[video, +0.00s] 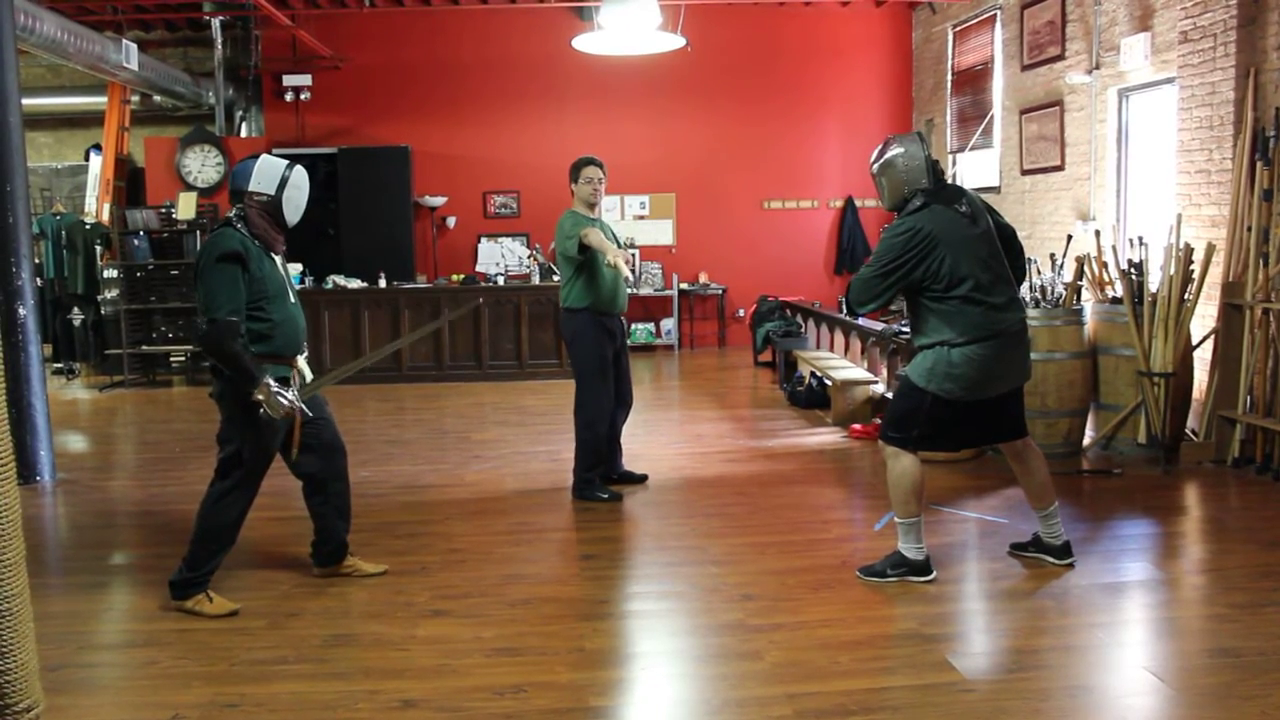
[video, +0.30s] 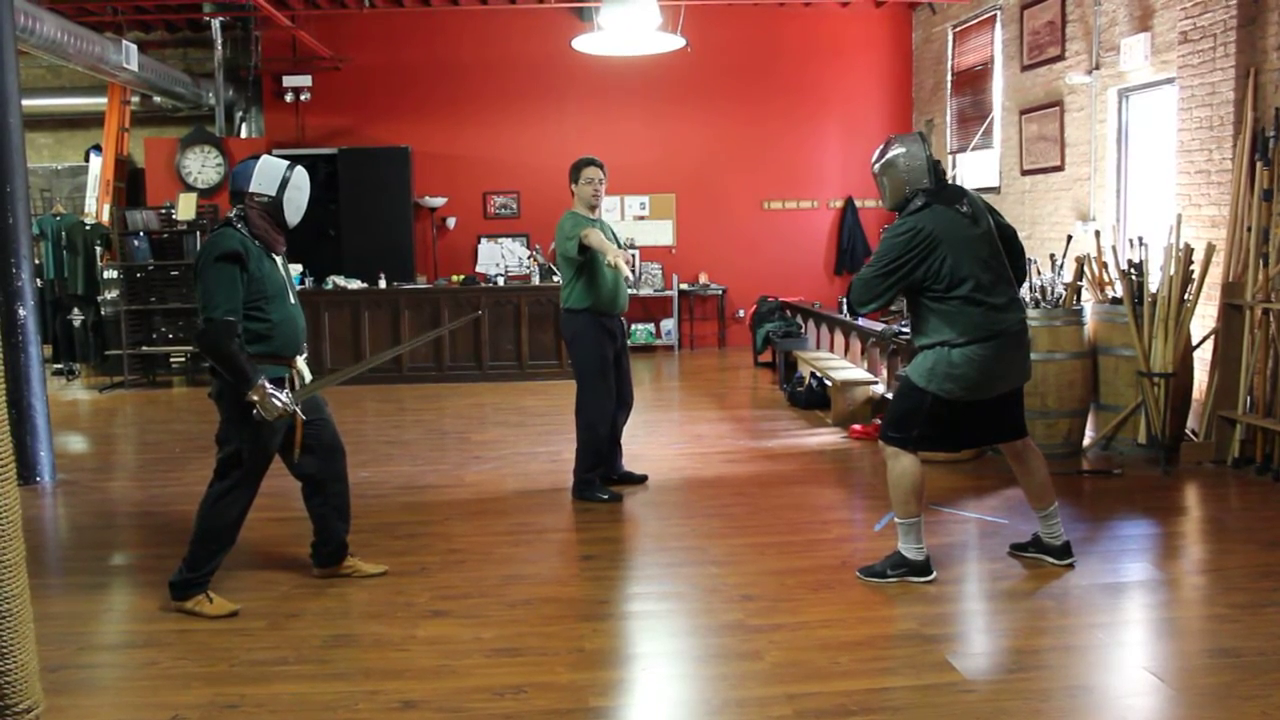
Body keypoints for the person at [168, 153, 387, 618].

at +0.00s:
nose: (294, 209)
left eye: (294, 199)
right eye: (290, 198)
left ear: (258, 193)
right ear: (267, 194)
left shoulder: (262, 242)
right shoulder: (229, 246)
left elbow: (272, 310)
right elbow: (219, 333)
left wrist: (294, 357)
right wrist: (259, 386)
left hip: (287, 376)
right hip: (252, 381)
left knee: (327, 457)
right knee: (236, 482)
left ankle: (332, 555)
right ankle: (190, 586)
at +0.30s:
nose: (295, 209)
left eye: (295, 200)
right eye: (291, 199)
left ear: (259, 194)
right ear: (269, 195)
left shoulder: (264, 243)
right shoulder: (229, 246)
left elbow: (272, 310)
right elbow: (216, 331)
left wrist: (293, 357)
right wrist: (254, 388)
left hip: (287, 375)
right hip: (252, 380)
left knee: (326, 459)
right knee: (235, 483)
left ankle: (332, 555)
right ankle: (189, 587)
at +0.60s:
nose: (296, 209)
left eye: (296, 200)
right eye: (292, 199)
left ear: (260, 194)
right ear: (270, 195)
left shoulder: (264, 243)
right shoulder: (229, 246)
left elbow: (271, 309)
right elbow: (217, 331)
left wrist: (293, 356)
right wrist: (255, 388)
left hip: (285, 377)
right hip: (251, 381)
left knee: (326, 459)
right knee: (235, 483)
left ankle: (332, 555)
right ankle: (189, 588)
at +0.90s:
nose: (296, 210)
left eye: (296, 201)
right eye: (292, 200)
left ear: (260, 195)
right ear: (270, 196)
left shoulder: (263, 244)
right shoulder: (230, 247)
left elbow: (271, 311)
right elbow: (218, 333)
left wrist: (293, 358)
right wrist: (255, 389)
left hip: (286, 378)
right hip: (252, 381)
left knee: (326, 461)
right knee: (235, 484)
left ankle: (332, 556)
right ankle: (189, 588)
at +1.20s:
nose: (295, 210)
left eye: (295, 201)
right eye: (291, 200)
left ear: (259, 195)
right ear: (269, 196)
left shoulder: (263, 244)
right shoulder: (231, 246)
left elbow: (270, 311)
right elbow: (218, 332)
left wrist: (293, 359)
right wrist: (256, 390)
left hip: (286, 378)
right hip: (252, 381)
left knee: (326, 460)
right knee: (236, 483)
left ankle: (332, 556)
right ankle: (189, 588)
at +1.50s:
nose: (295, 212)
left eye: (295, 203)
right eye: (291, 201)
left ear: (260, 197)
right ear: (269, 197)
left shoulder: (263, 244)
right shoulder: (233, 246)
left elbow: (270, 312)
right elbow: (220, 332)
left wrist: (294, 359)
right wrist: (256, 390)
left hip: (286, 378)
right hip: (253, 381)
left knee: (328, 458)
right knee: (237, 482)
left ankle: (332, 556)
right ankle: (190, 587)